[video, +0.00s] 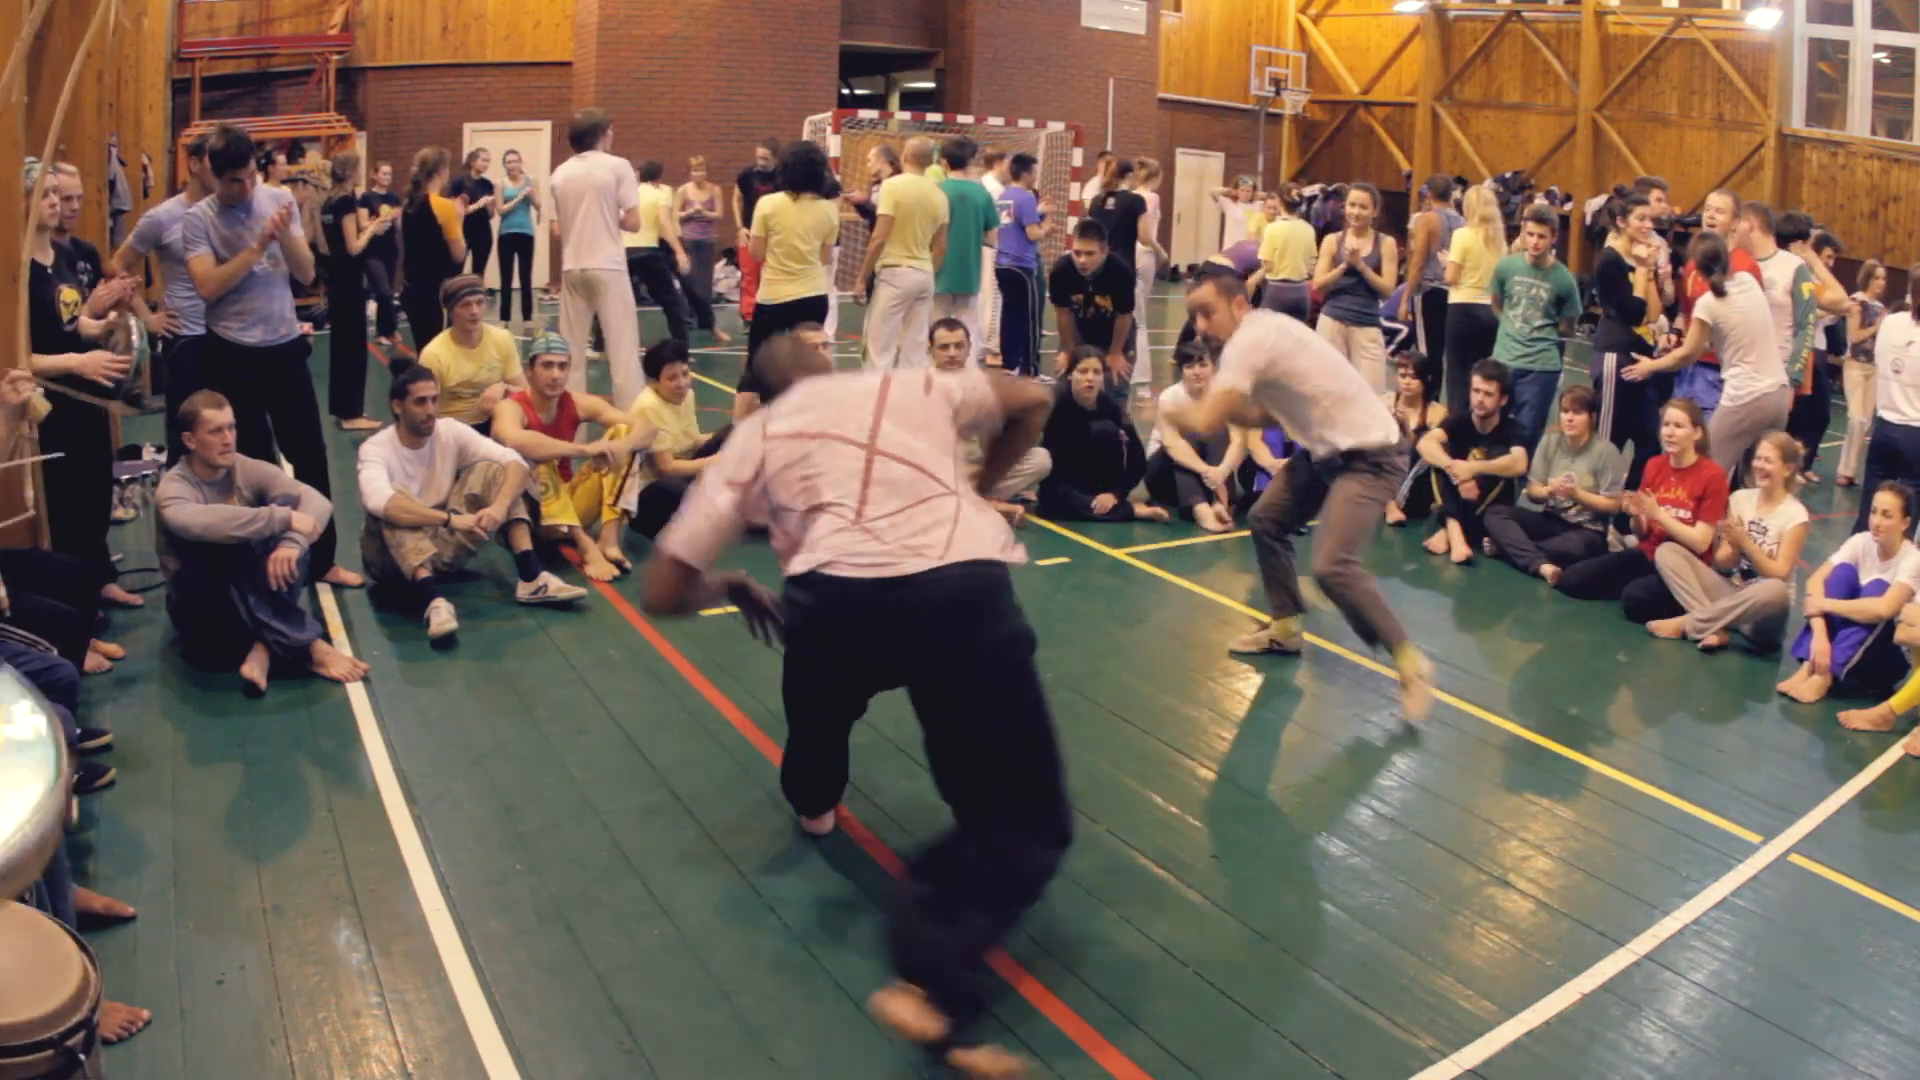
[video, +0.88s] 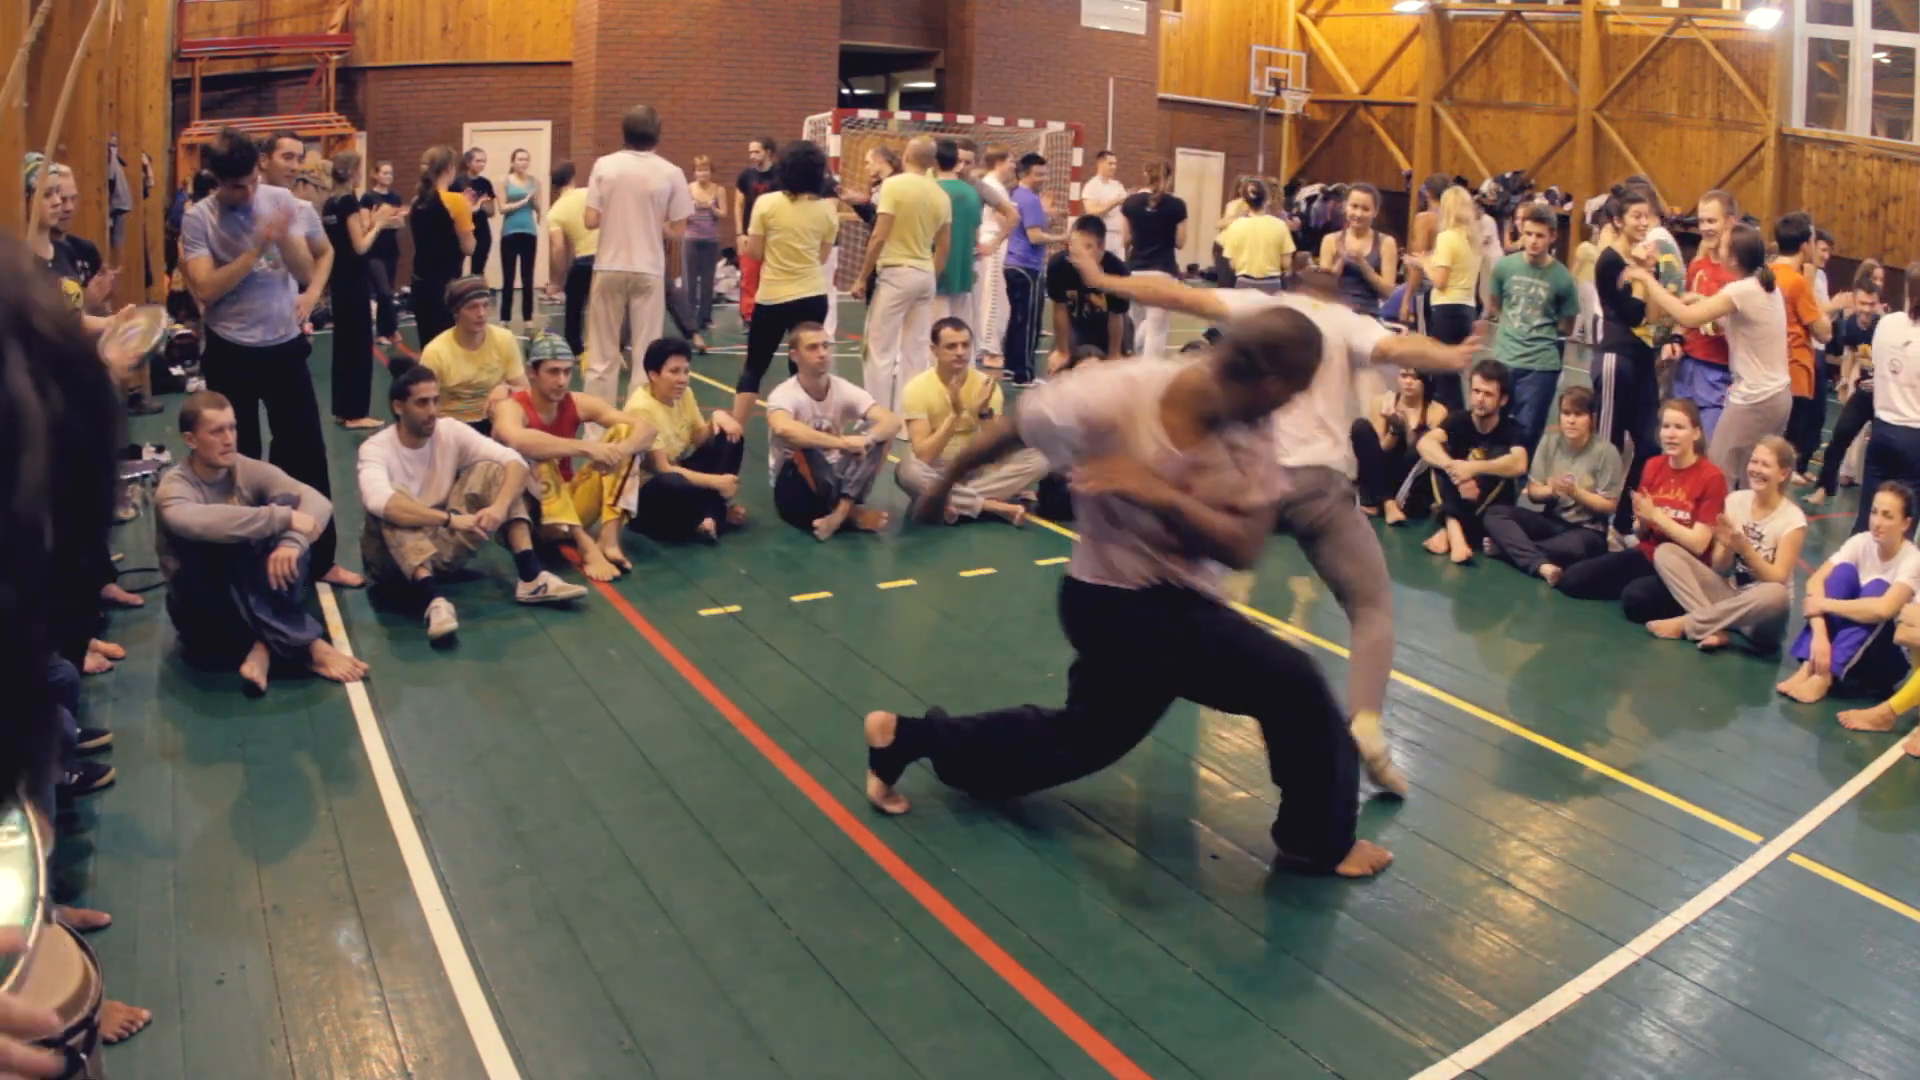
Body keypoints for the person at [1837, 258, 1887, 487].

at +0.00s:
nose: (1881, 283)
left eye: (1884, 278)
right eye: (1877, 278)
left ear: (1885, 281)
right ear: (1867, 279)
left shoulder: (1881, 307)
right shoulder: (1856, 301)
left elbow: (1880, 335)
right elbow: (1853, 336)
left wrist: (1886, 326)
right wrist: (1877, 327)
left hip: (1874, 363)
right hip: (1855, 361)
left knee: (1867, 419)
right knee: (1856, 417)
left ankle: (1852, 470)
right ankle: (1845, 471)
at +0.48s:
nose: (1880, 283)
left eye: (1883, 279)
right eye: (1876, 278)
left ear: (1884, 282)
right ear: (1865, 279)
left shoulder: (1879, 305)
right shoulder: (1855, 300)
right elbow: (1852, 336)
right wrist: (1877, 325)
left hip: (1876, 365)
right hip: (1855, 363)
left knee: (1867, 420)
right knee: (1858, 418)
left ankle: (1852, 471)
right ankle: (1846, 471)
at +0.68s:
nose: (1881, 283)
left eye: (1883, 278)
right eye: (1875, 278)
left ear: (1908, 290)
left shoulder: (1887, 323)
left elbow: (1870, 363)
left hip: (1882, 426)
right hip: (1912, 430)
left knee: (1868, 509)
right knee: (1908, 517)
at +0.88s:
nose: (1866, 307)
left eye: (1869, 302)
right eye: (1862, 302)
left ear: (1906, 291)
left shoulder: (1886, 324)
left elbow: (1879, 370)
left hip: (1882, 428)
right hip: (1912, 432)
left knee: (1868, 510)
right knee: (1908, 517)